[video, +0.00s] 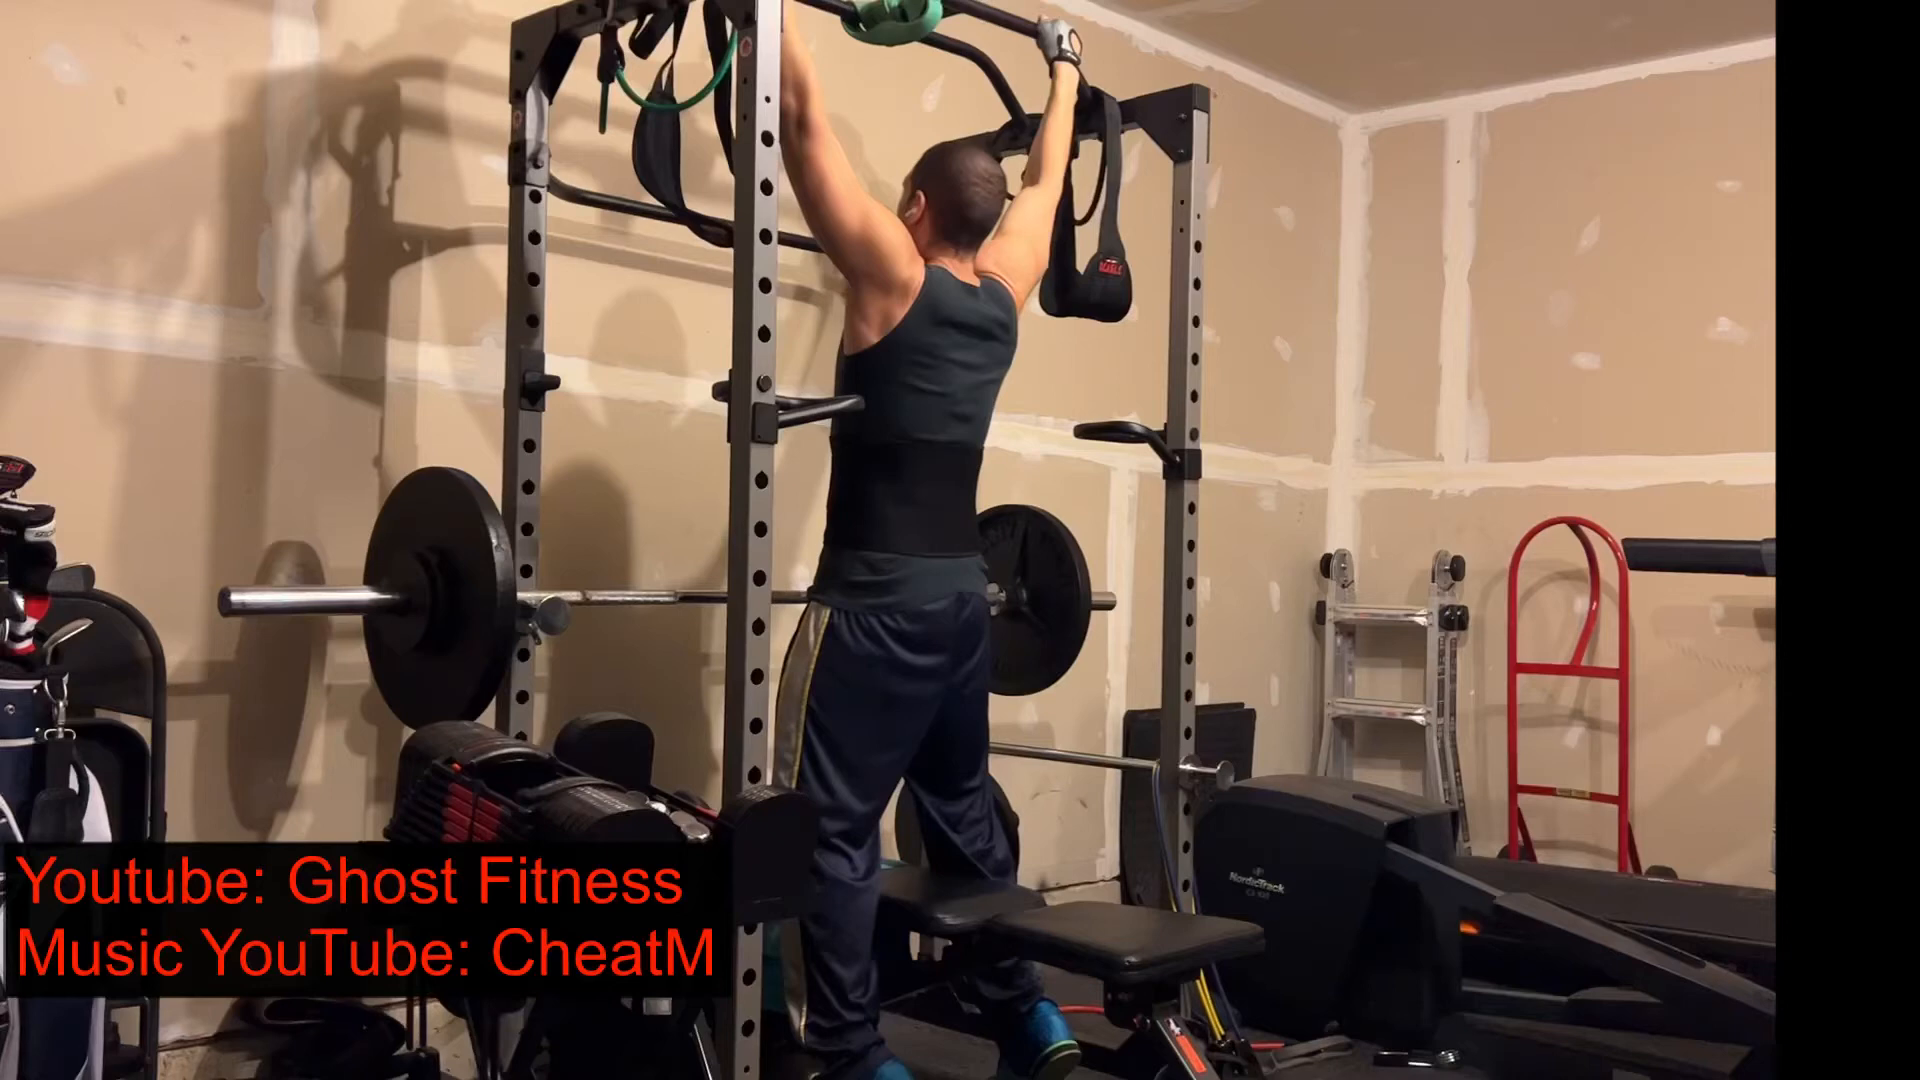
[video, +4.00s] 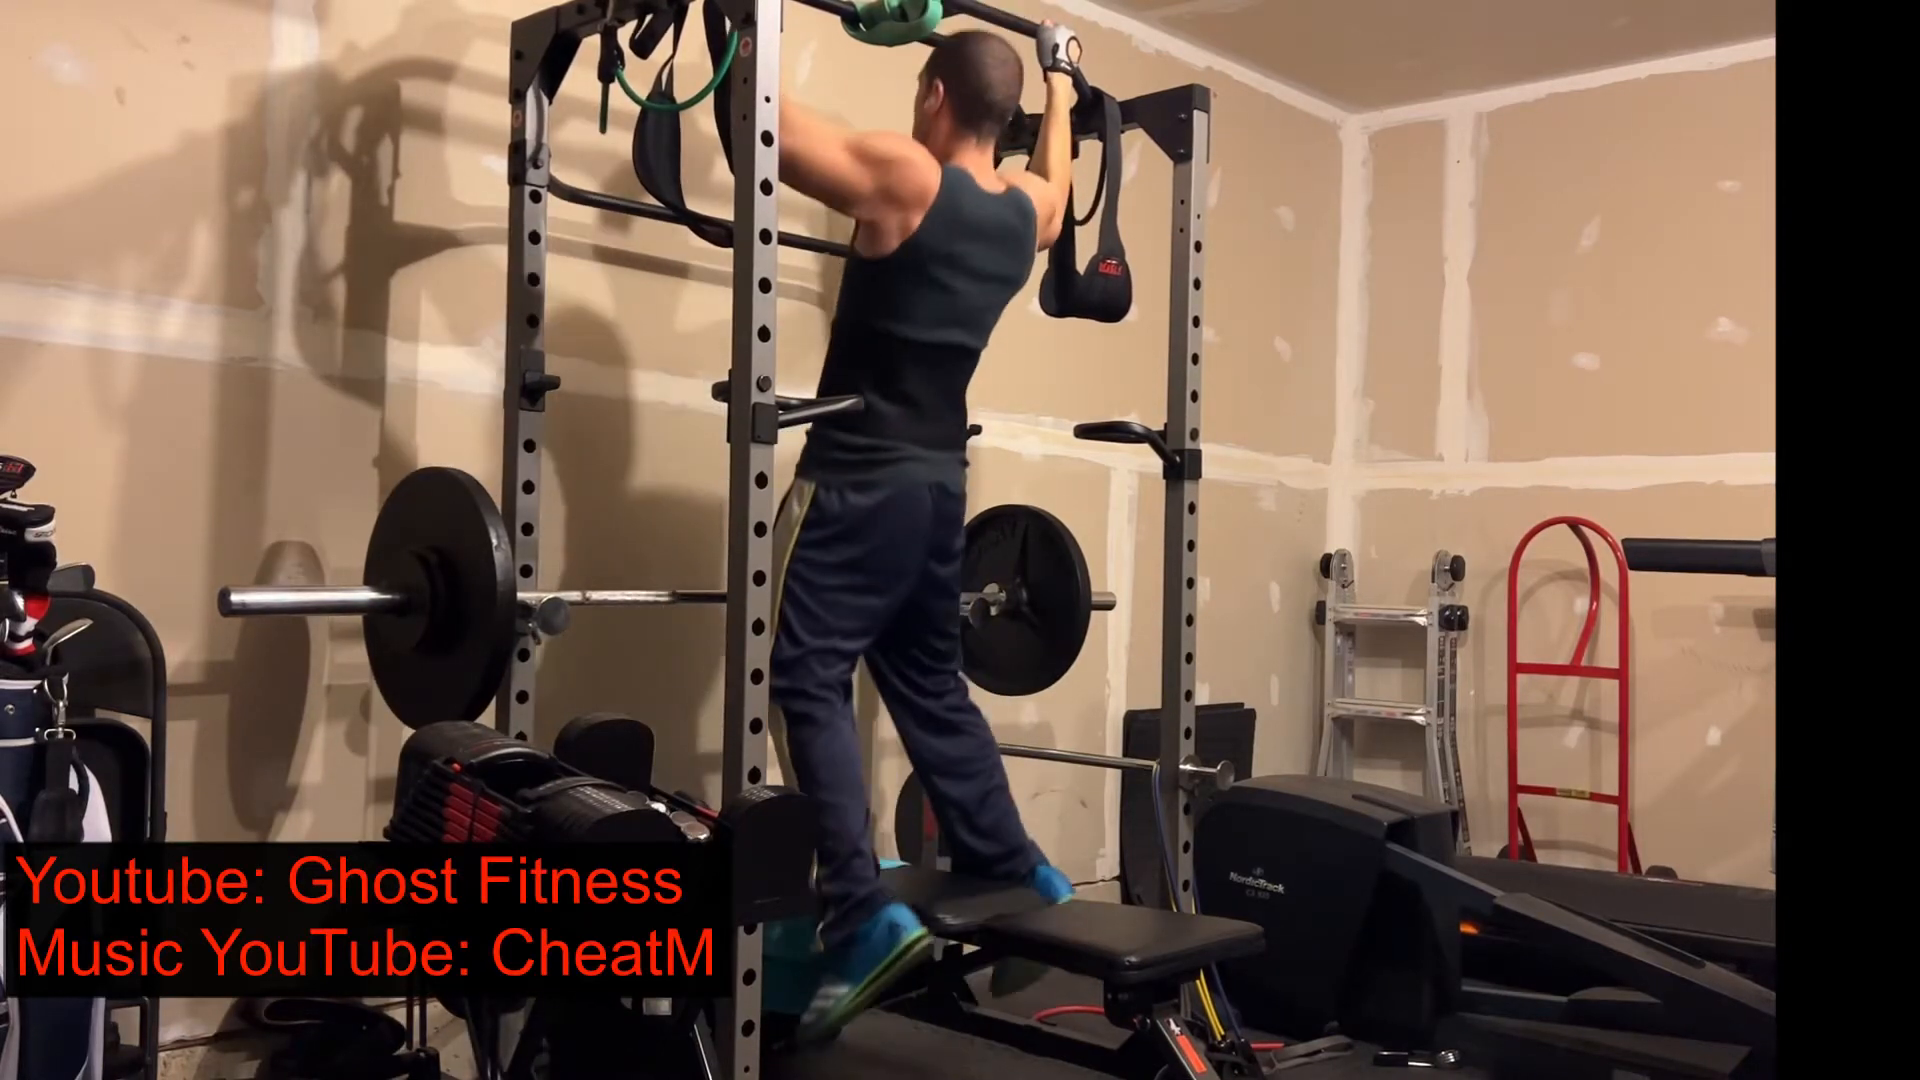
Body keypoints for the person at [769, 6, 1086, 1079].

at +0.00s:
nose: (898, 199)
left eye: (904, 190)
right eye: (906, 191)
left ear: (919, 209)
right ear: (995, 223)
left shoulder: (886, 270)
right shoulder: (1002, 300)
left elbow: (802, 118)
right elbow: (1048, 179)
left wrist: (771, 3)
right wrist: (1067, 75)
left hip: (874, 605)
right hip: (960, 599)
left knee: (839, 829)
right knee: (963, 803)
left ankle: (845, 1044)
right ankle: (1021, 1011)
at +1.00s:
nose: (917, 8)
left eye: (924, 0)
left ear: (943, 11)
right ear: (1006, 32)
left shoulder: (888, 77)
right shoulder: (1017, 126)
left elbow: (760, 114)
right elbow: (1053, 198)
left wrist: (741, 24)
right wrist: (1061, 87)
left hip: (842, 370)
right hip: (926, 379)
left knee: (802, 583)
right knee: (907, 595)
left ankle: (824, 803)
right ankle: (959, 796)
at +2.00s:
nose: (944, 58)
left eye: (953, 43)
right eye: (954, 44)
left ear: (970, 55)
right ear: (1038, 75)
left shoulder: (926, 128)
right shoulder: (1045, 171)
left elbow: (790, 121)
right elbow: (1067, 206)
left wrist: (759, 20)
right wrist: (1052, 116)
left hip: (886, 451)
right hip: (965, 453)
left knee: (837, 663)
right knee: (946, 651)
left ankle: (856, 903)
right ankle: (1002, 848)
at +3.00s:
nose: (900, 180)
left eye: (906, 169)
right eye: (912, 170)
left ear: (923, 180)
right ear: (992, 201)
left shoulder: (887, 250)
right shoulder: (1003, 285)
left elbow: (785, 129)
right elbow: (1043, 189)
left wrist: (765, 21)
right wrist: (1058, 104)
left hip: (851, 554)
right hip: (926, 554)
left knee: (805, 769)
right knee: (918, 764)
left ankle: (852, 1001)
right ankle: (996, 964)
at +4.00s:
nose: (914, 98)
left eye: (921, 84)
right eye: (923, 86)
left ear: (938, 98)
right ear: (1009, 118)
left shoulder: (902, 170)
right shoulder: (1024, 212)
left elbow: (767, 124)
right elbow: (1056, 185)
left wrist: (746, 30)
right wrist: (1061, 104)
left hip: (868, 480)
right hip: (938, 484)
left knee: (811, 681)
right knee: (931, 688)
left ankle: (862, 909)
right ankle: (1012, 871)